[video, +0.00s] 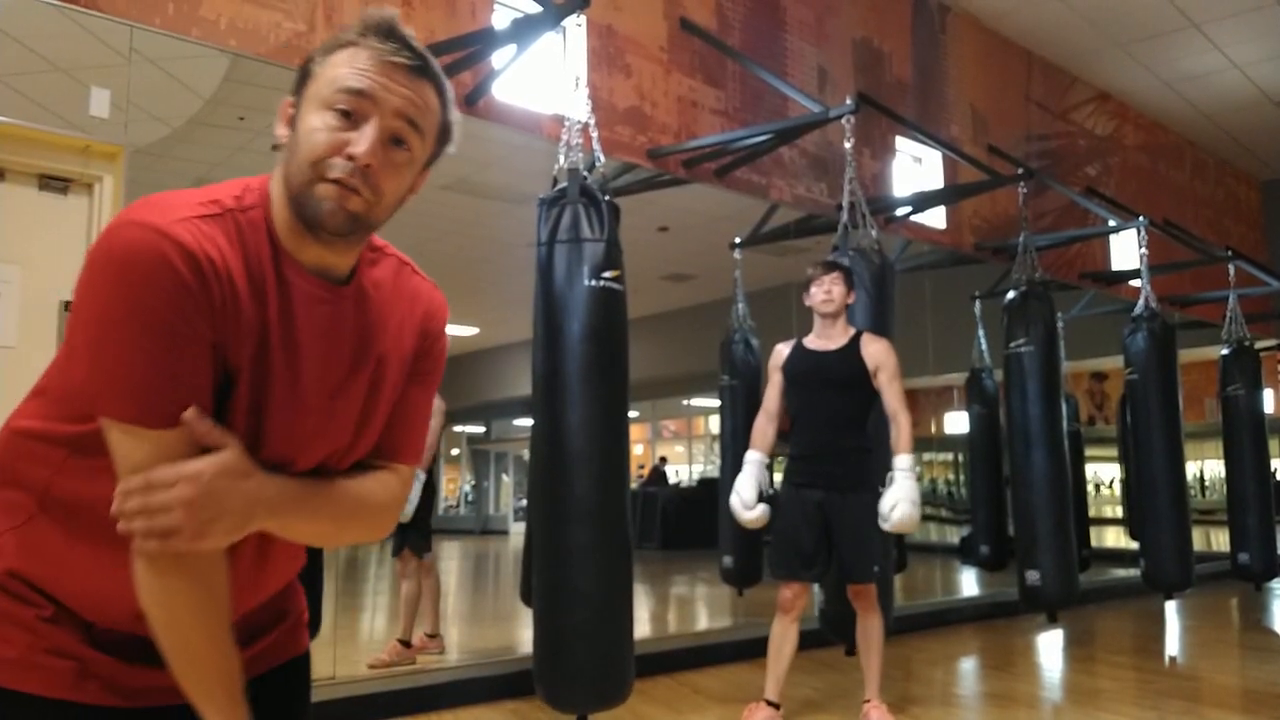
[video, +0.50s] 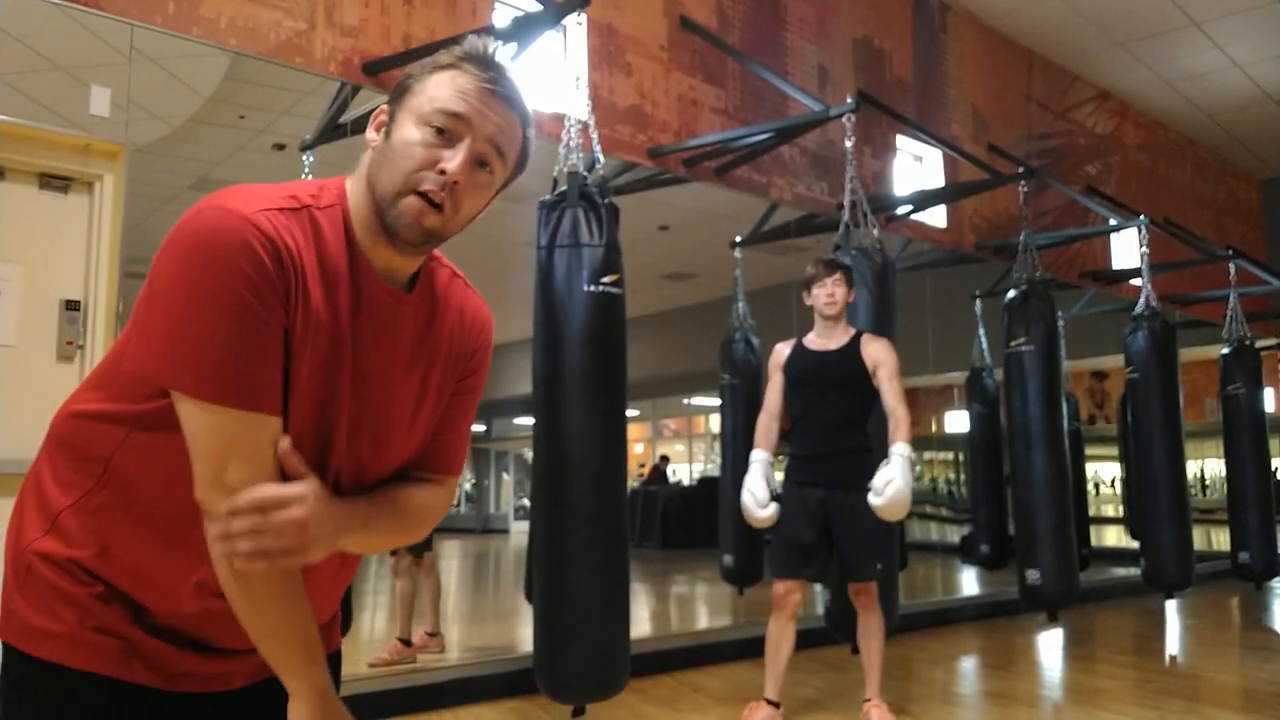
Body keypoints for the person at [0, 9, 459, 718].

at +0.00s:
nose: (363, 152)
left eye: (399, 141)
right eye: (345, 113)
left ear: (417, 183)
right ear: (287, 119)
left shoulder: (415, 312)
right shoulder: (159, 251)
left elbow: (384, 503)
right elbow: (170, 536)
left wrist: (260, 498)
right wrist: (228, 708)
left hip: (256, 635)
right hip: (63, 637)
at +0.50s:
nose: (453, 169)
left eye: (484, 164)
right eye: (442, 131)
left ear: (489, 200)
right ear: (380, 123)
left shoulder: (464, 326)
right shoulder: (238, 237)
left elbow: (431, 493)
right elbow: (237, 510)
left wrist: (338, 522)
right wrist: (313, 692)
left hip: (281, 644)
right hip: (94, 624)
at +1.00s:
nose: (398, 180)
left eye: (429, 168)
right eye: (381, 139)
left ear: (438, 197)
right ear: (313, 127)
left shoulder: (403, 327)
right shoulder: (157, 247)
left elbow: (366, 512)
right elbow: (99, 515)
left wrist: (285, 650)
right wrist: (215, 694)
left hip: (219, 679)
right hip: (46, 668)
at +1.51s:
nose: (308, 116)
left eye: (342, 102)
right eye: (286, 76)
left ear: (357, 135)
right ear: (220, 73)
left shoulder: (357, 276)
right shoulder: (62, 212)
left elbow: (321, 467)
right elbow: (22, 481)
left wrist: (224, 635)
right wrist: (143, 686)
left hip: (232, 676)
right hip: (45, 673)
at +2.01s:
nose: (352, 118)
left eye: (385, 108)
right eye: (336, 81)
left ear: (399, 142)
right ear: (274, 81)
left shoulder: (385, 284)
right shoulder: (129, 207)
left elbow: (366, 459)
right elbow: (67, 451)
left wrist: (285, 599)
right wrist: (205, 632)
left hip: (254, 669)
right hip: (67, 663)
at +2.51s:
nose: (394, 101)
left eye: (421, 92)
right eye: (375, 68)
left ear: (429, 125)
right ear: (317, 73)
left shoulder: (421, 273)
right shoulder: (194, 179)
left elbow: (417, 430)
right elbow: (141, 396)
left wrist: (349, 538)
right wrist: (280, 554)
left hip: (284, 654)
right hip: (101, 643)